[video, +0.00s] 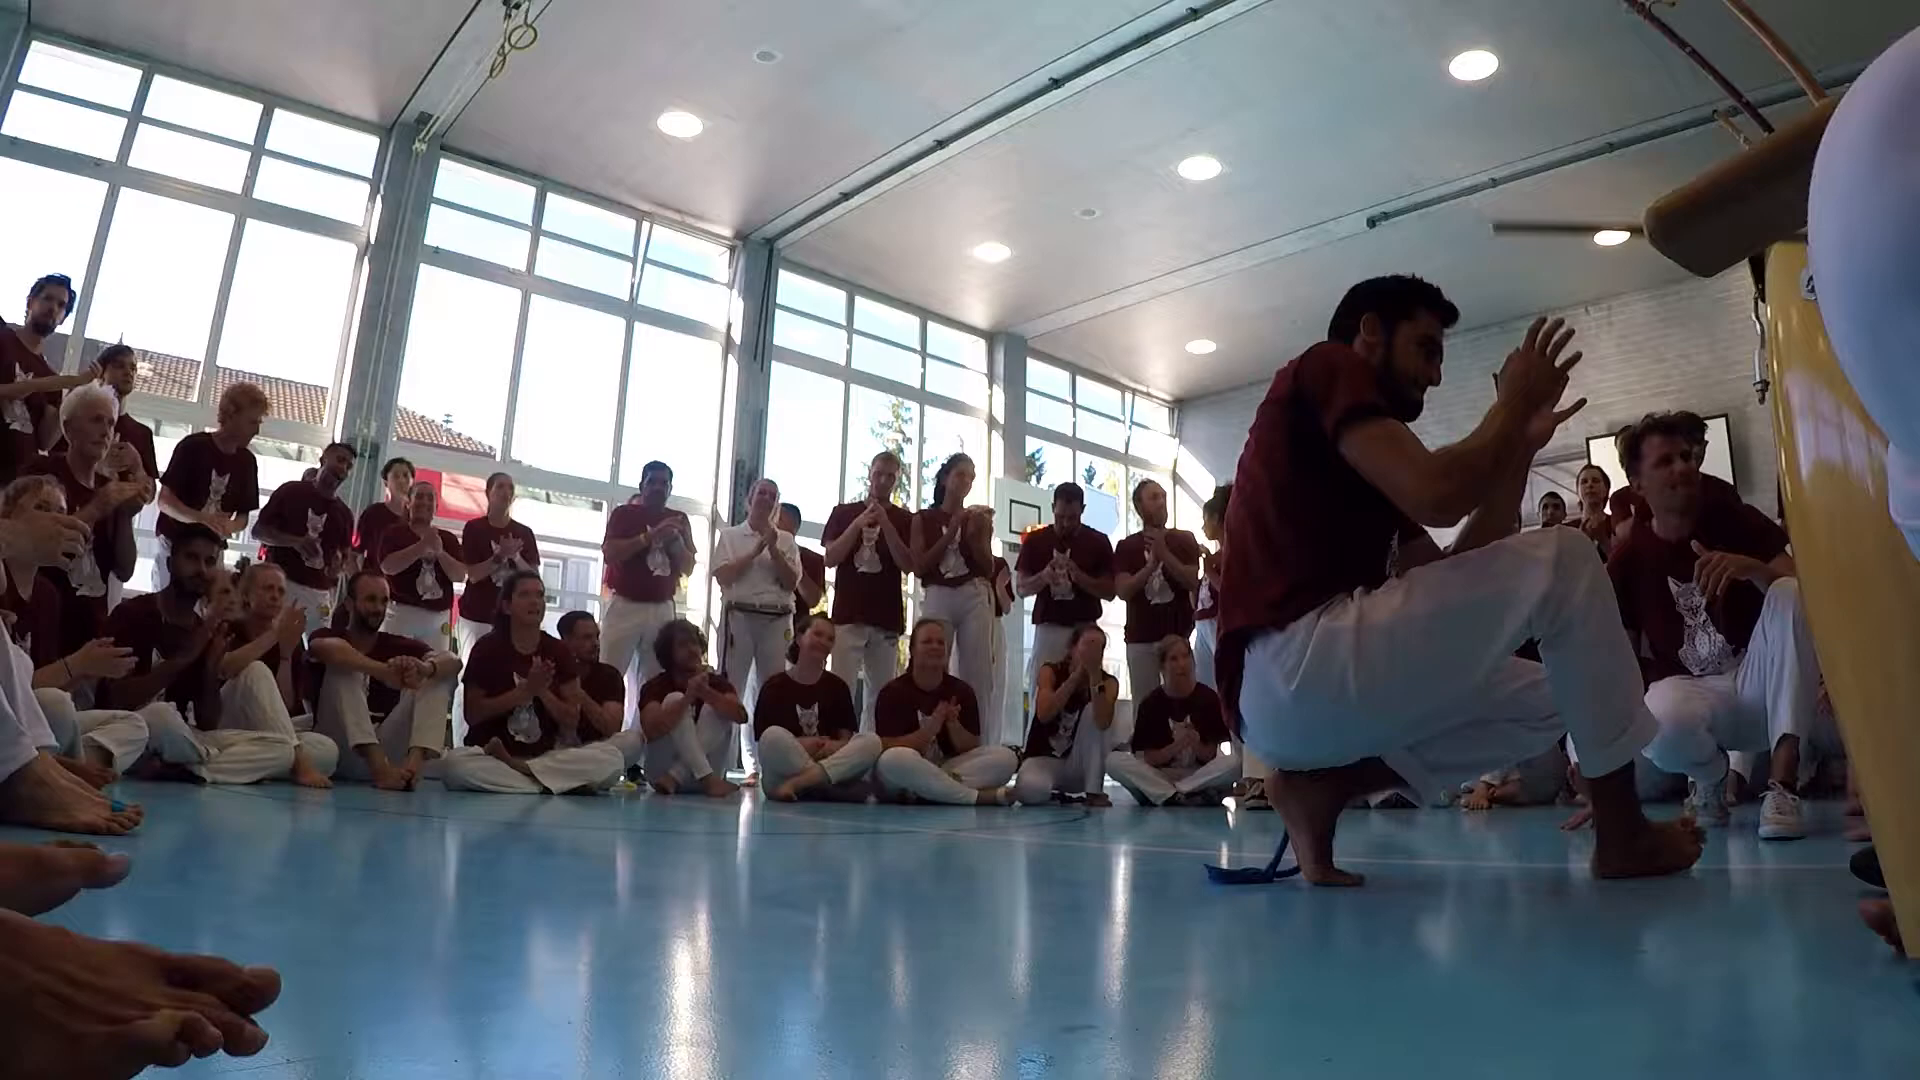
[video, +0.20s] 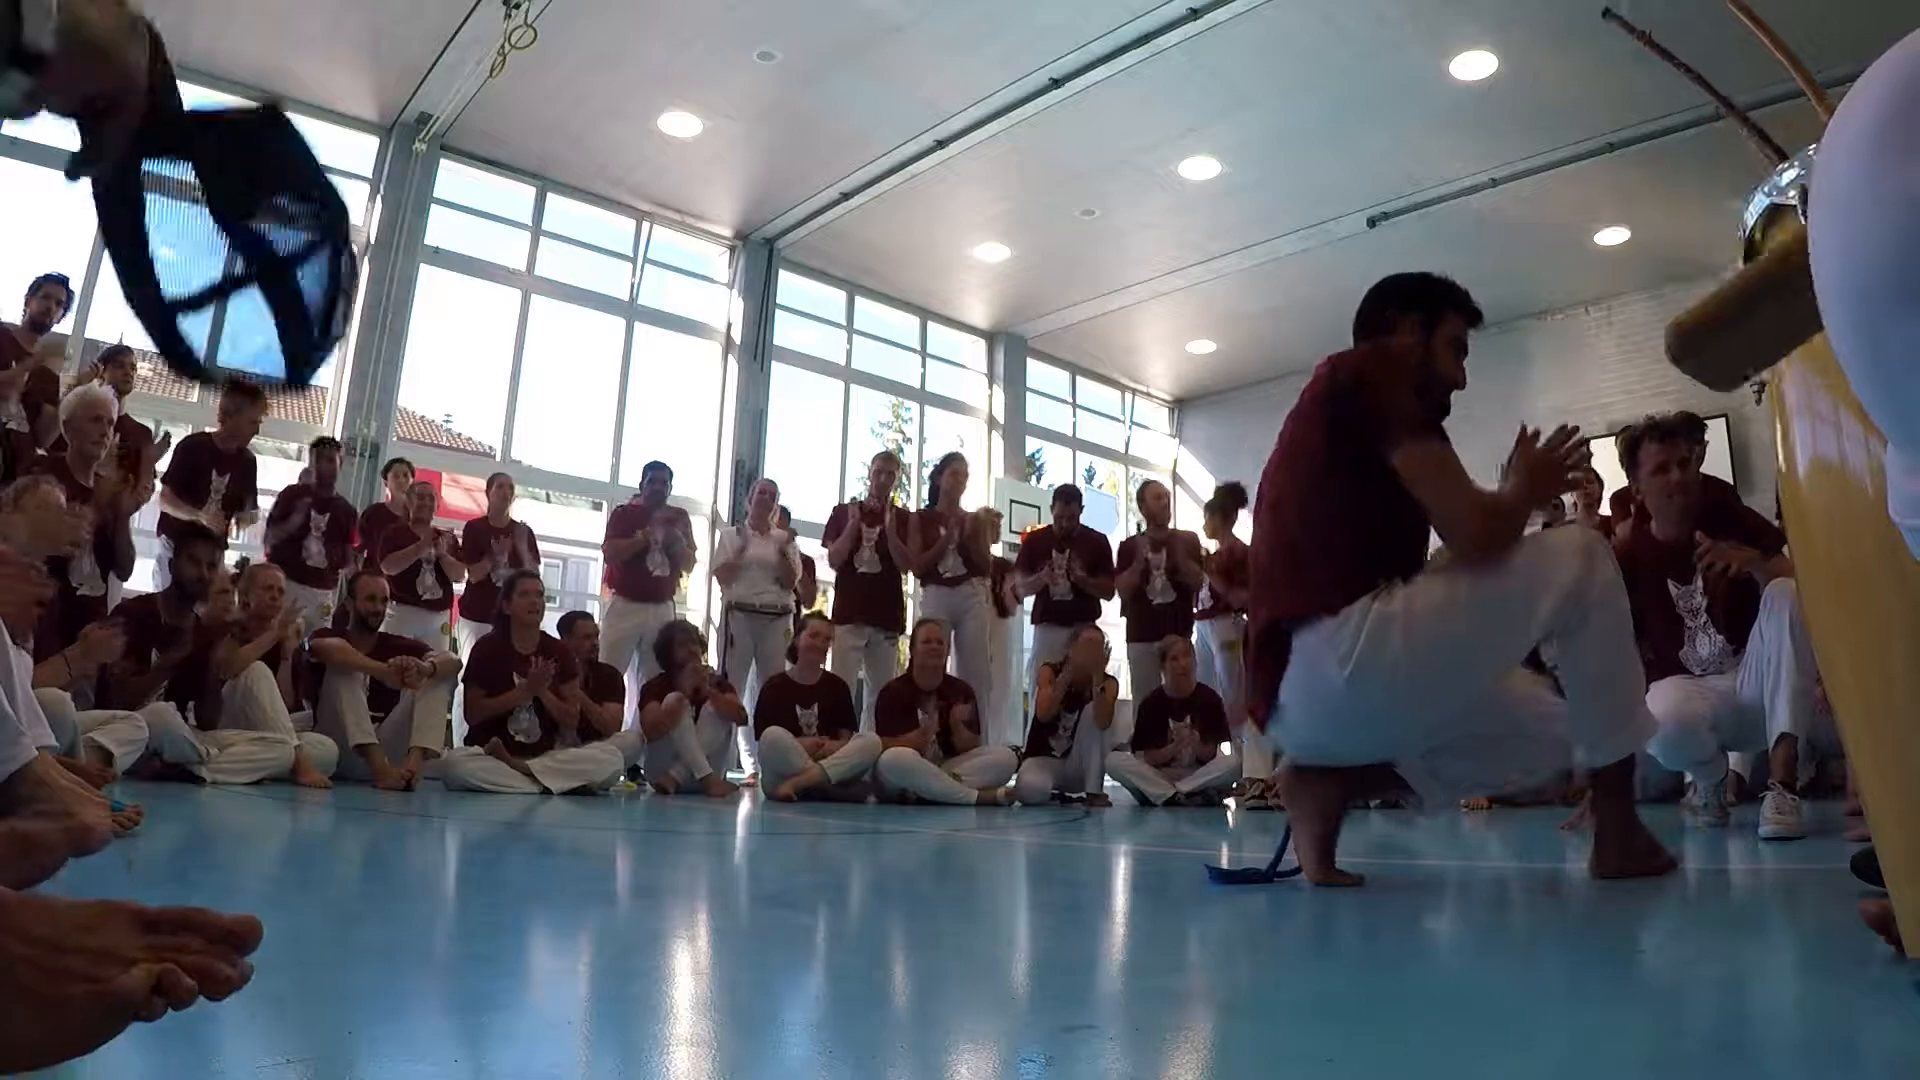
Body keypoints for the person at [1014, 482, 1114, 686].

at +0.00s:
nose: (1066, 523)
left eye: (1072, 518)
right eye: (1061, 517)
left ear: (1082, 511)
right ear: (1053, 509)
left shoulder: (1098, 541)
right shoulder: (1035, 540)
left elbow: (1109, 591)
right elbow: (1021, 588)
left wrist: (1078, 576)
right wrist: (1045, 576)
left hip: (1085, 629)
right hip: (1049, 629)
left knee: (1083, 699)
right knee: (1042, 697)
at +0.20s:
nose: (1065, 524)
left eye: (1071, 518)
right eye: (1060, 517)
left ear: (1080, 512)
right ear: (1052, 510)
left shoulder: (1097, 541)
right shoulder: (1034, 540)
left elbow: (1108, 591)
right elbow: (1020, 590)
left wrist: (1081, 579)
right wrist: (1043, 577)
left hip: (1084, 628)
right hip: (1048, 628)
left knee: (1081, 698)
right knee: (1042, 694)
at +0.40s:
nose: (1064, 527)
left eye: (1070, 521)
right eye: (1058, 521)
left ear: (1079, 513)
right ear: (1050, 512)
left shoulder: (1095, 541)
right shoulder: (1032, 539)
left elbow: (1108, 589)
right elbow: (1019, 587)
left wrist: (1076, 573)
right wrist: (1043, 576)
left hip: (1082, 628)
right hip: (1046, 628)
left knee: (1080, 698)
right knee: (1040, 695)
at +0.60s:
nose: (1063, 528)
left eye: (1069, 522)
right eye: (1057, 522)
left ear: (1077, 514)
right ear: (1049, 513)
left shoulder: (1093, 540)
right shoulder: (1030, 538)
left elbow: (1106, 589)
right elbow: (1016, 586)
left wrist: (1083, 576)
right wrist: (1040, 578)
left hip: (1082, 628)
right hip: (1046, 628)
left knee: (1082, 696)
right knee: (1042, 695)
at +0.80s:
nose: (1070, 517)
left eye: (1073, 511)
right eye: (1065, 511)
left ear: (1078, 508)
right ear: (1051, 508)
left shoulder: (1093, 538)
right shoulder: (1031, 537)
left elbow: (1105, 588)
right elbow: (1018, 585)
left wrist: (1077, 577)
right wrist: (1047, 576)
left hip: (1083, 628)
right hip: (1046, 627)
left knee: (1083, 695)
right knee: (1041, 693)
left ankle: (1081, 755)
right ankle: (1038, 754)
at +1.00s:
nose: (1069, 510)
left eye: (1073, 504)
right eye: (1063, 504)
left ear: (1079, 505)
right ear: (1051, 504)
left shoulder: (1094, 538)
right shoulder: (1030, 536)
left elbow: (1105, 588)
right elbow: (1018, 584)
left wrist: (1070, 572)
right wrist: (1051, 573)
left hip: (1082, 629)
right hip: (1045, 627)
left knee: (1082, 698)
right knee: (1041, 696)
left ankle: (1078, 762)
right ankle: (1037, 760)